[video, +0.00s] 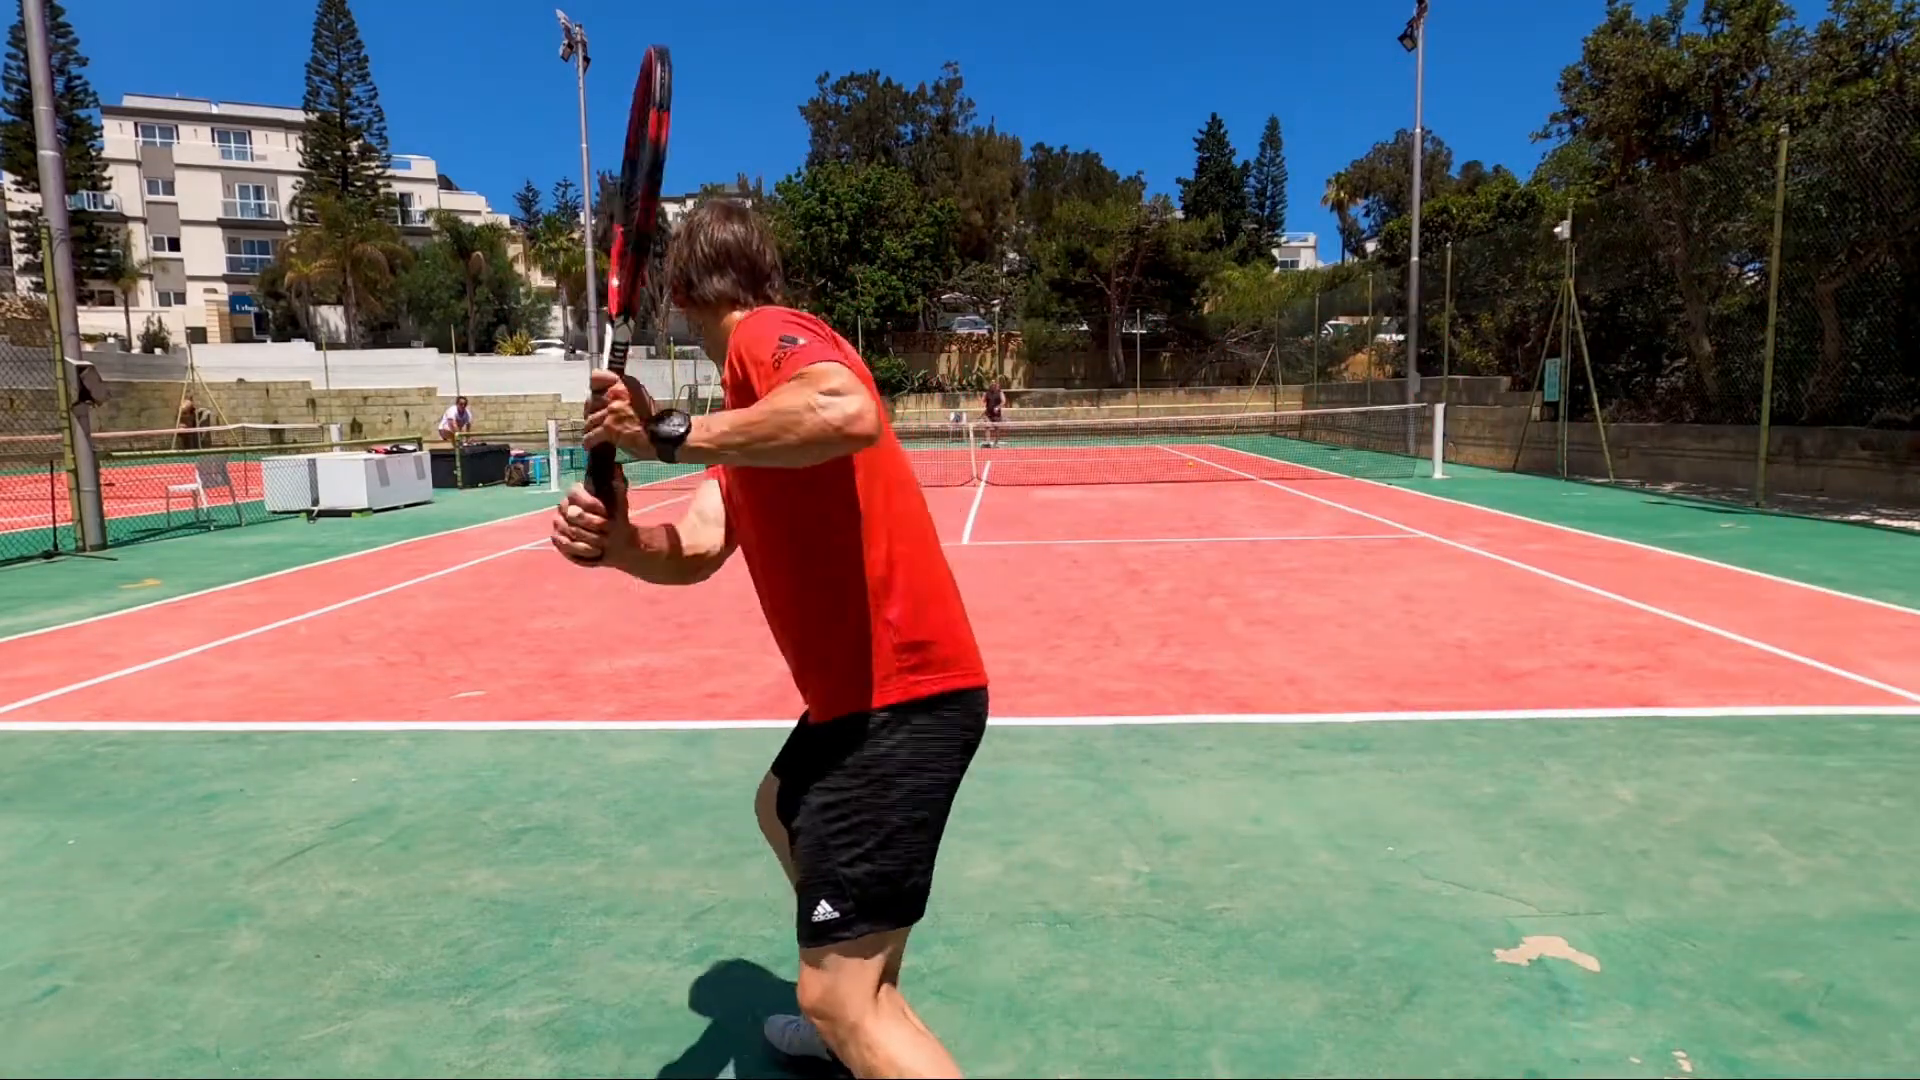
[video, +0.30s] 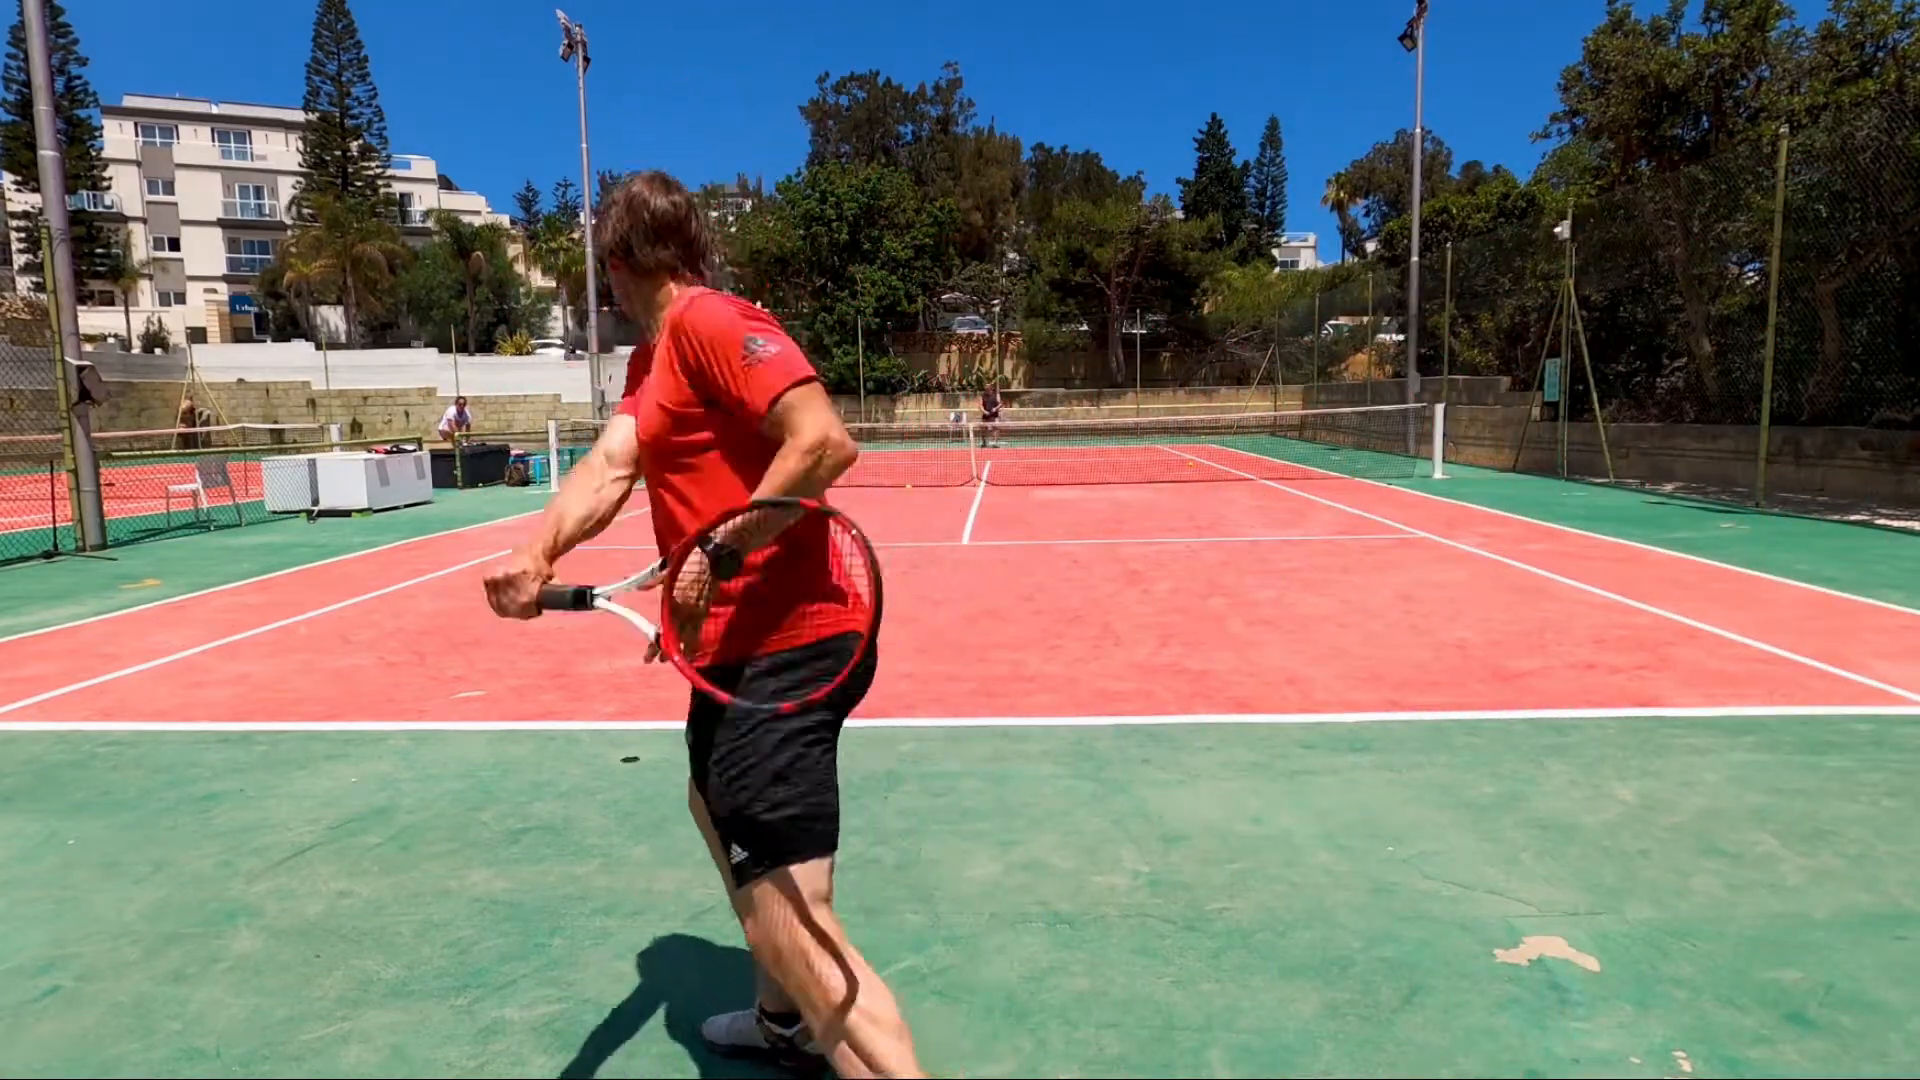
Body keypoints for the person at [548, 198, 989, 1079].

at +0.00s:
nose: (673, 307)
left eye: (671, 287)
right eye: (674, 290)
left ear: (685, 285)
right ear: (759, 269)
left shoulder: (766, 331)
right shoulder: (751, 388)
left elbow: (847, 408)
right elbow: (698, 541)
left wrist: (667, 434)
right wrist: (621, 544)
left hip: (910, 687)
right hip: (860, 686)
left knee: (843, 996)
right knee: (785, 809)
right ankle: (858, 1022)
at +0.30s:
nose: (603, 281)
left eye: (603, 262)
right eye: (603, 263)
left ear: (622, 258)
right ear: (685, 246)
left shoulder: (711, 320)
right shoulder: (657, 358)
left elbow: (822, 441)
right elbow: (610, 467)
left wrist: (720, 550)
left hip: (792, 639)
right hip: (740, 638)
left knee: (794, 926)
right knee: (720, 805)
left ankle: (893, 1068)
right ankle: (789, 1014)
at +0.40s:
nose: (587, 214)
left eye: (585, 198)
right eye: (588, 199)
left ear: (601, 194)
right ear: (680, 183)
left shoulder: (637, 269)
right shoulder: (734, 262)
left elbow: (702, 417)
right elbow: (693, 417)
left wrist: (682, 590)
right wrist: (615, 499)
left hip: (737, 589)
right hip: (801, 581)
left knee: (762, 856)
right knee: (769, 817)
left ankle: (923, 1065)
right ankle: (785, 1006)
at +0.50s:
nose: (561, 179)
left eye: (558, 165)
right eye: (564, 165)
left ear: (570, 162)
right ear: (658, 148)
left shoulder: (596, 242)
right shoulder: (729, 239)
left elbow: (630, 384)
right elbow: (750, 396)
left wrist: (585, 551)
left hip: (683, 567)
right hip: (776, 558)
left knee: (717, 825)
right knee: (766, 781)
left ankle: (902, 997)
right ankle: (778, 992)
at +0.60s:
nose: (531, 193)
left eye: (529, 180)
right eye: (533, 180)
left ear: (546, 181)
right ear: (628, 163)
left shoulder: (572, 263)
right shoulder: (712, 236)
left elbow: (568, 376)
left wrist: (467, 535)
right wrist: (864, 172)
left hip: (651, 581)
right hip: (752, 572)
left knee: (665, 820)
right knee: (748, 774)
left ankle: (824, 999)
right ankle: (782, 1000)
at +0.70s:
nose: (514, 214)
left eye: (513, 201)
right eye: (519, 199)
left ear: (526, 202)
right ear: (606, 179)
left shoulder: (543, 289)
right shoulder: (692, 251)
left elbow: (488, 412)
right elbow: (817, 213)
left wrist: (360, 551)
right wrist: (902, 146)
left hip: (629, 598)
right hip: (738, 585)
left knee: (599, 825)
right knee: (743, 787)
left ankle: (692, 1057)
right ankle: (790, 997)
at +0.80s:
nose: (499, 211)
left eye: (490, 200)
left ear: (496, 209)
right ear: (578, 185)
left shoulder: (496, 309)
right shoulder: (670, 261)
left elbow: (405, 457)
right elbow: (811, 266)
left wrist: (285, 599)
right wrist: (919, 222)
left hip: (601, 602)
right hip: (720, 588)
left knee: (554, 833)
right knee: (739, 789)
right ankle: (783, 995)